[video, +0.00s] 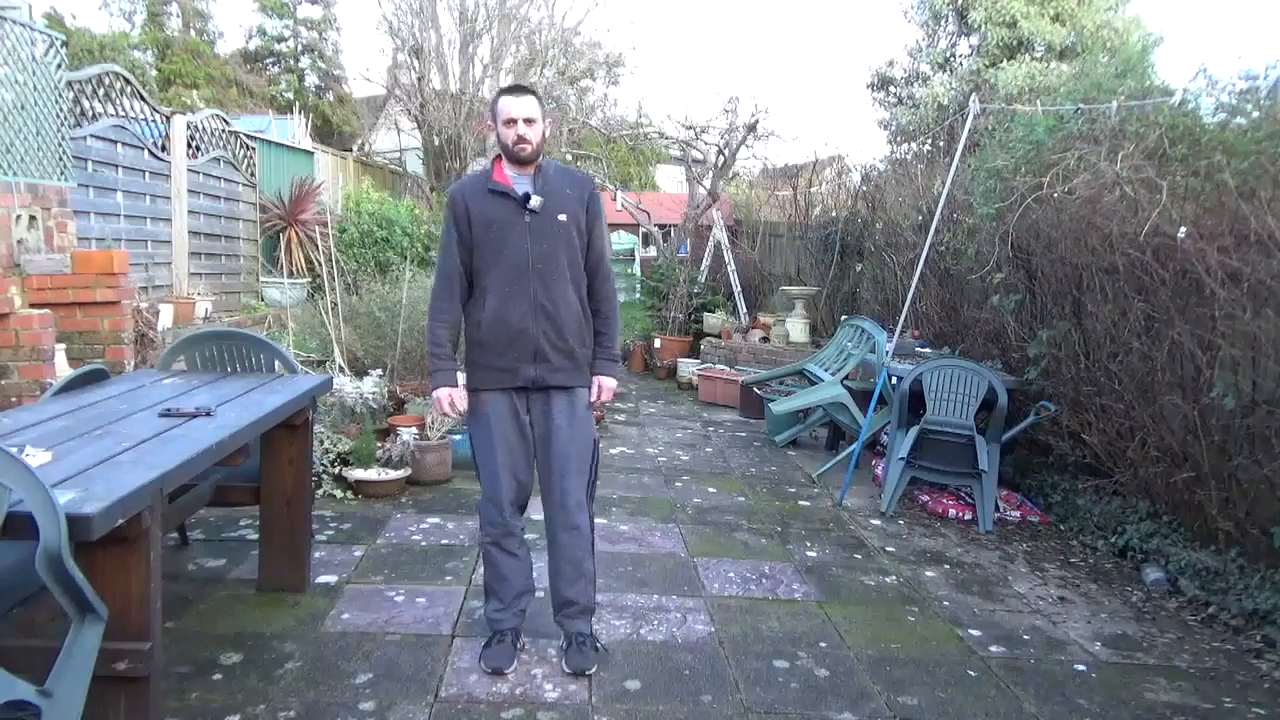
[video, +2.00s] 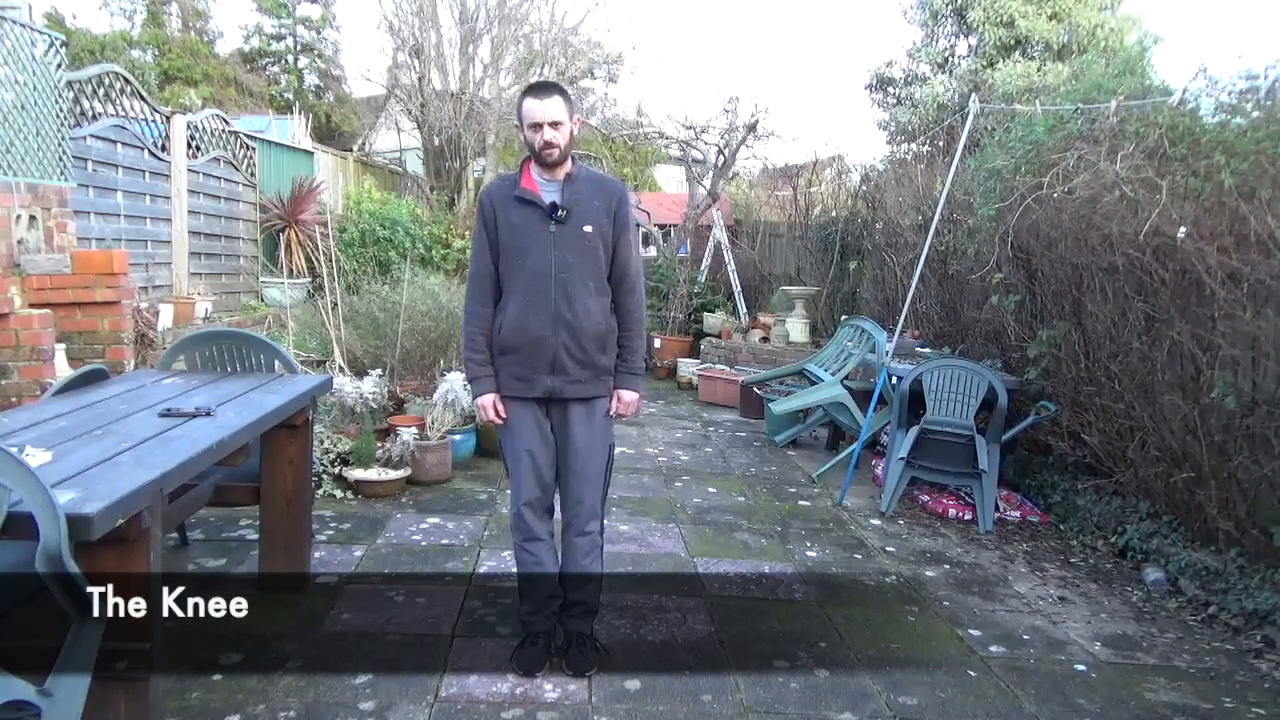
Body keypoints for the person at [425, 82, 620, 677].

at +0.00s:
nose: (521, 130)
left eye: (529, 121)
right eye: (510, 122)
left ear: (545, 126)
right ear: (494, 130)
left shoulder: (579, 189)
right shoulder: (467, 195)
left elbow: (601, 282)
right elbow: (447, 290)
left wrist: (606, 361)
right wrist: (444, 370)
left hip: (568, 372)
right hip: (492, 374)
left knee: (571, 509)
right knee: (500, 511)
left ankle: (578, 626)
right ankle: (503, 625)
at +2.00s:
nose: (545, 135)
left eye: (554, 124)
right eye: (534, 126)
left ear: (574, 125)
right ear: (522, 132)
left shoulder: (610, 194)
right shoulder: (496, 198)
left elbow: (630, 292)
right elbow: (479, 296)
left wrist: (630, 376)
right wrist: (480, 379)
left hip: (591, 379)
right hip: (517, 380)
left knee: (584, 508)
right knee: (530, 506)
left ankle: (580, 632)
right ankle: (536, 632)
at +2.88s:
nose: (544, 137)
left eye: (554, 126)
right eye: (533, 127)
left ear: (572, 126)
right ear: (520, 129)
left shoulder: (606, 194)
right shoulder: (494, 199)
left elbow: (627, 290)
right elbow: (461, 283)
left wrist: (628, 375)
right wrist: (491, 300)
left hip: (589, 378)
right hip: (517, 380)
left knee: (584, 510)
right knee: (528, 506)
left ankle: (579, 631)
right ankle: (535, 631)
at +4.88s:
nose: (554, 138)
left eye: (564, 128)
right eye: (544, 127)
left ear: (579, 133)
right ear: (526, 130)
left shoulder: (607, 198)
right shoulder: (493, 199)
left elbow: (626, 293)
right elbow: (467, 292)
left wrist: (628, 377)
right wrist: (492, 266)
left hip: (591, 379)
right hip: (517, 380)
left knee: (583, 512)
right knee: (529, 511)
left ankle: (580, 626)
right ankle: (536, 628)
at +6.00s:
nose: (539, 141)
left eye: (548, 130)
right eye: (529, 131)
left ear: (568, 129)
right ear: (515, 134)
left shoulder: (603, 195)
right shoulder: (491, 197)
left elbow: (625, 293)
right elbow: (468, 295)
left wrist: (628, 375)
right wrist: (485, 250)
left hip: (589, 379)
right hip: (516, 381)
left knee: (583, 513)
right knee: (528, 513)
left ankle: (580, 627)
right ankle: (536, 628)